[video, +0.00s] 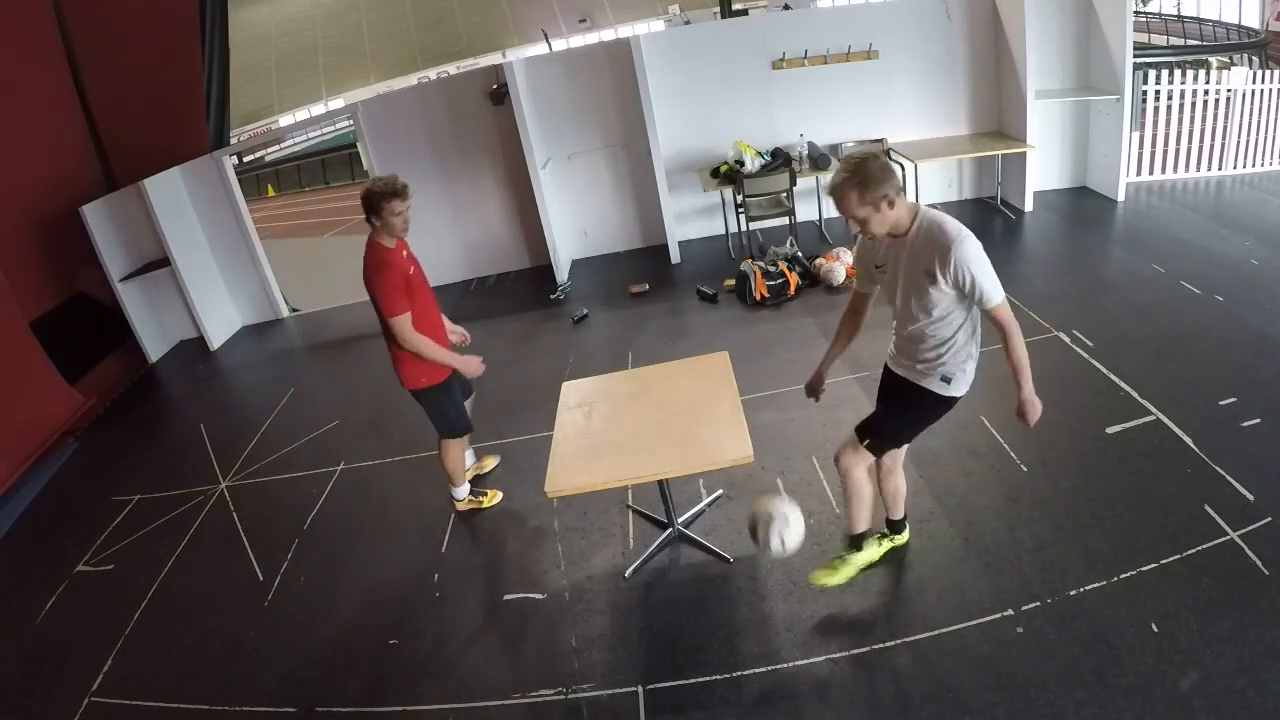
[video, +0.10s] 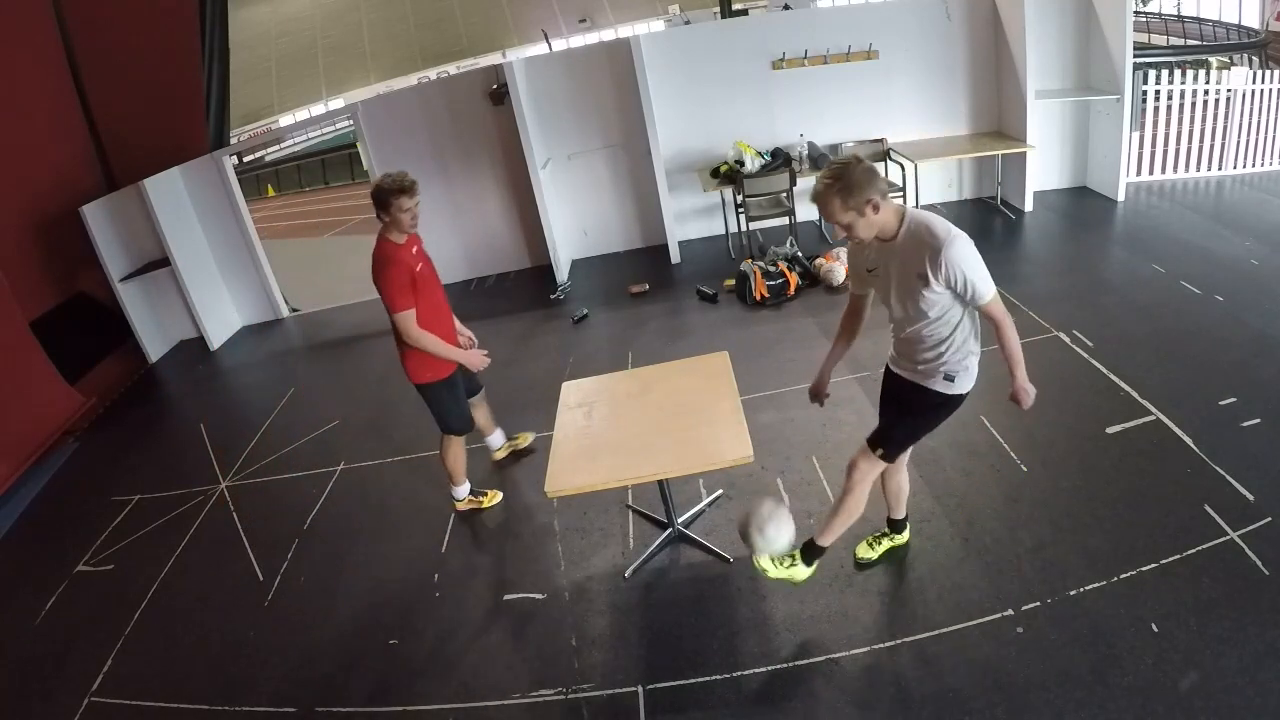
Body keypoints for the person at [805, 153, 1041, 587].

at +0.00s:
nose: (855, 230)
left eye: (860, 219)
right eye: (849, 221)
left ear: (889, 202)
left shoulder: (953, 244)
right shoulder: (873, 242)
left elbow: (1007, 323)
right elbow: (857, 308)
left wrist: (1027, 392)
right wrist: (823, 367)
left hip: (941, 378)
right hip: (900, 362)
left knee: (850, 457)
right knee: (889, 460)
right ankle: (896, 530)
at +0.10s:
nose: (841, 236)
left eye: (844, 226)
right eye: (836, 228)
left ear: (873, 208)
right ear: (869, 206)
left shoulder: (946, 247)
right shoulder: (864, 242)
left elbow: (998, 315)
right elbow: (856, 309)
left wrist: (1021, 379)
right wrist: (825, 372)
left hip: (945, 378)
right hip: (902, 363)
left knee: (861, 467)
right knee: (894, 455)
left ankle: (806, 557)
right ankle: (897, 530)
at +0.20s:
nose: (832, 236)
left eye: (835, 226)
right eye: (826, 228)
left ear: (865, 208)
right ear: (861, 206)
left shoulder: (939, 249)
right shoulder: (857, 245)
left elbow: (990, 317)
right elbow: (854, 310)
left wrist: (1006, 383)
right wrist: (831, 376)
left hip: (939, 387)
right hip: (895, 369)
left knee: (870, 478)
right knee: (893, 459)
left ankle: (816, 574)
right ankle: (898, 530)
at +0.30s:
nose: (829, 230)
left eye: (834, 218)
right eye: (824, 220)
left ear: (867, 204)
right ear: (865, 204)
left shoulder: (937, 252)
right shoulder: (854, 248)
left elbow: (986, 334)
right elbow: (853, 313)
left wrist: (996, 408)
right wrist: (835, 377)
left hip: (926, 399)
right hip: (883, 382)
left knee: (871, 498)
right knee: (886, 466)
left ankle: (873, 596)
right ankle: (895, 528)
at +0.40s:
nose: (833, 228)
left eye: (838, 216)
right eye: (828, 217)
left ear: (875, 206)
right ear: (870, 205)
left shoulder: (936, 262)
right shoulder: (855, 252)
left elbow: (983, 356)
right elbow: (855, 316)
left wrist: (989, 440)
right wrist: (836, 379)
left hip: (915, 415)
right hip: (869, 400)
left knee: (883, 513)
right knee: (869, 481)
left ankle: (899, 599)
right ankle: (888, 539)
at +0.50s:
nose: (830, 228)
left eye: (835, 218)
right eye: (827, 218)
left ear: (872, 212)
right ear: (870, 210)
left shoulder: (937, 275)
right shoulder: (860, 251)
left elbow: (976, 380)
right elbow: (860, 316)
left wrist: (974, 469)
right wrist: (837, 377)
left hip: (909, 426)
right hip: (860, 404)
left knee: (882, 523)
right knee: (829, 497)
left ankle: (899, 598)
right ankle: (880, 527)